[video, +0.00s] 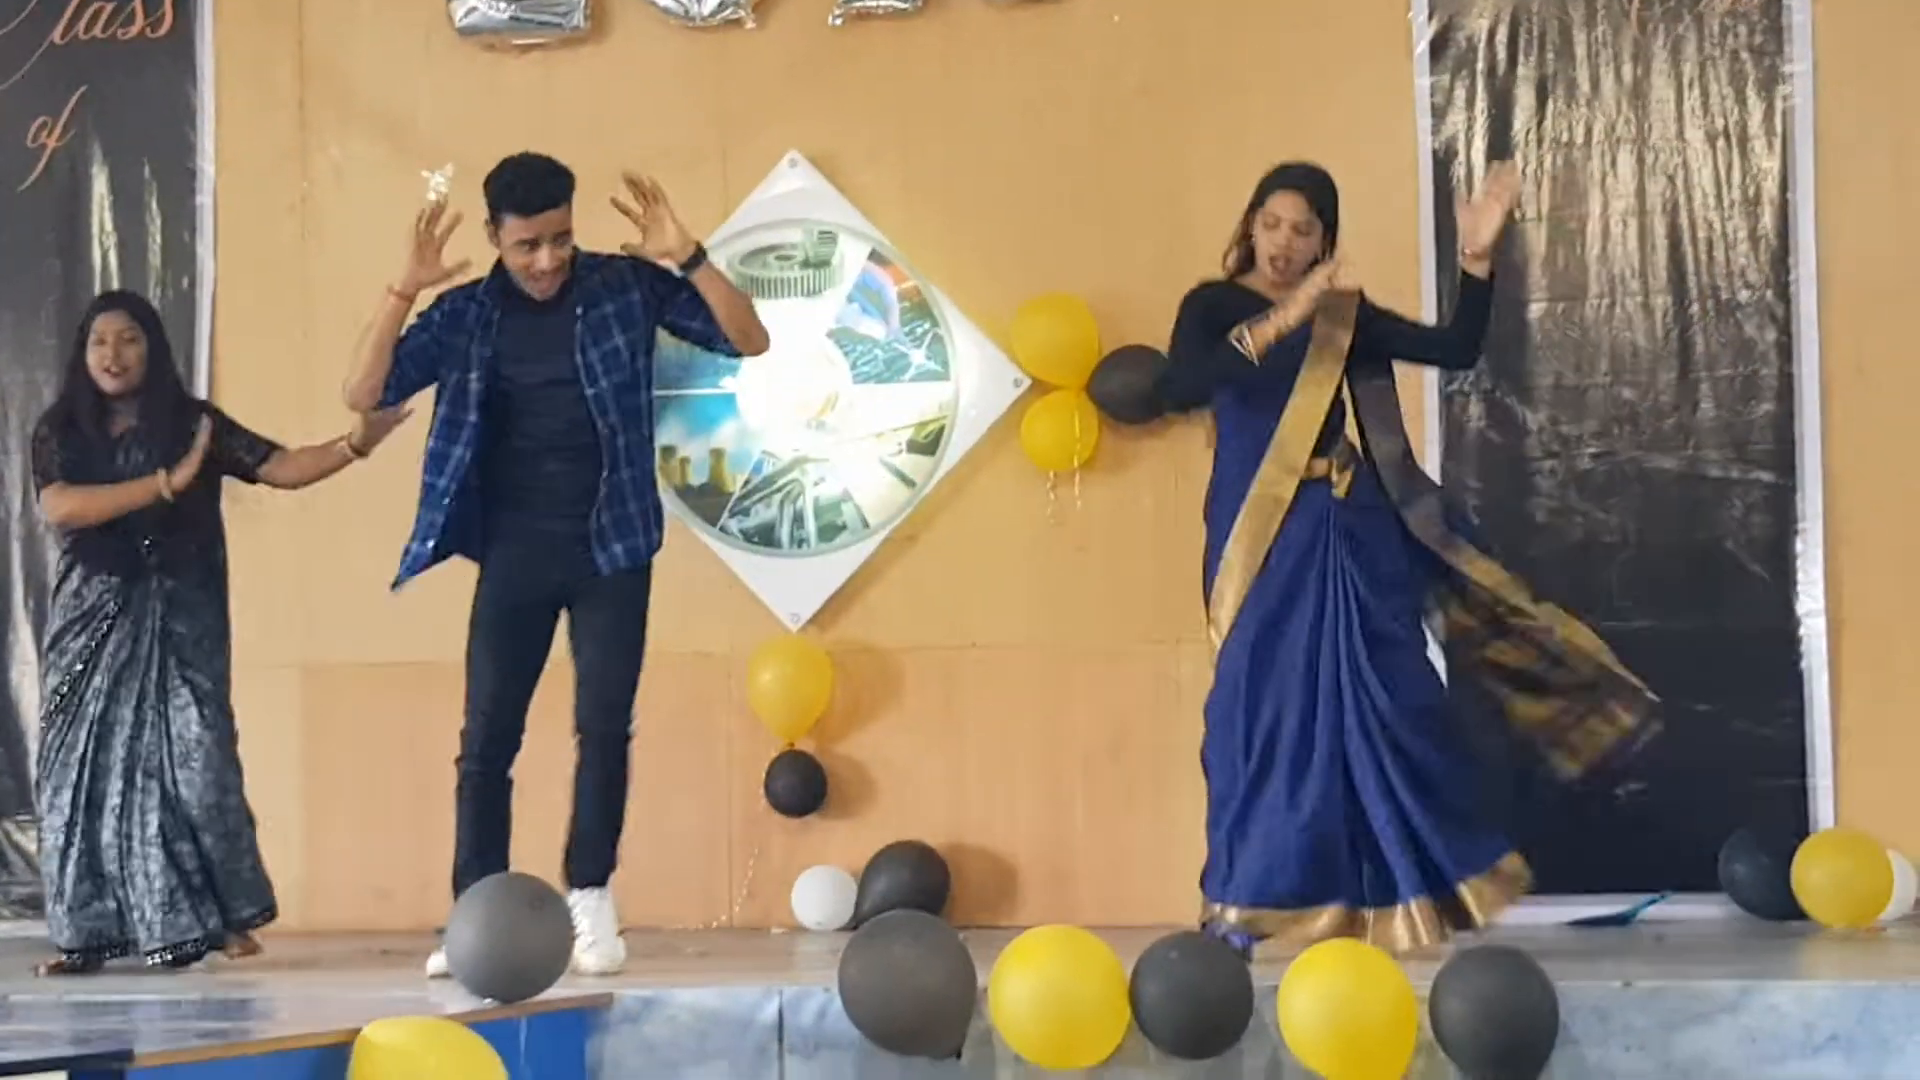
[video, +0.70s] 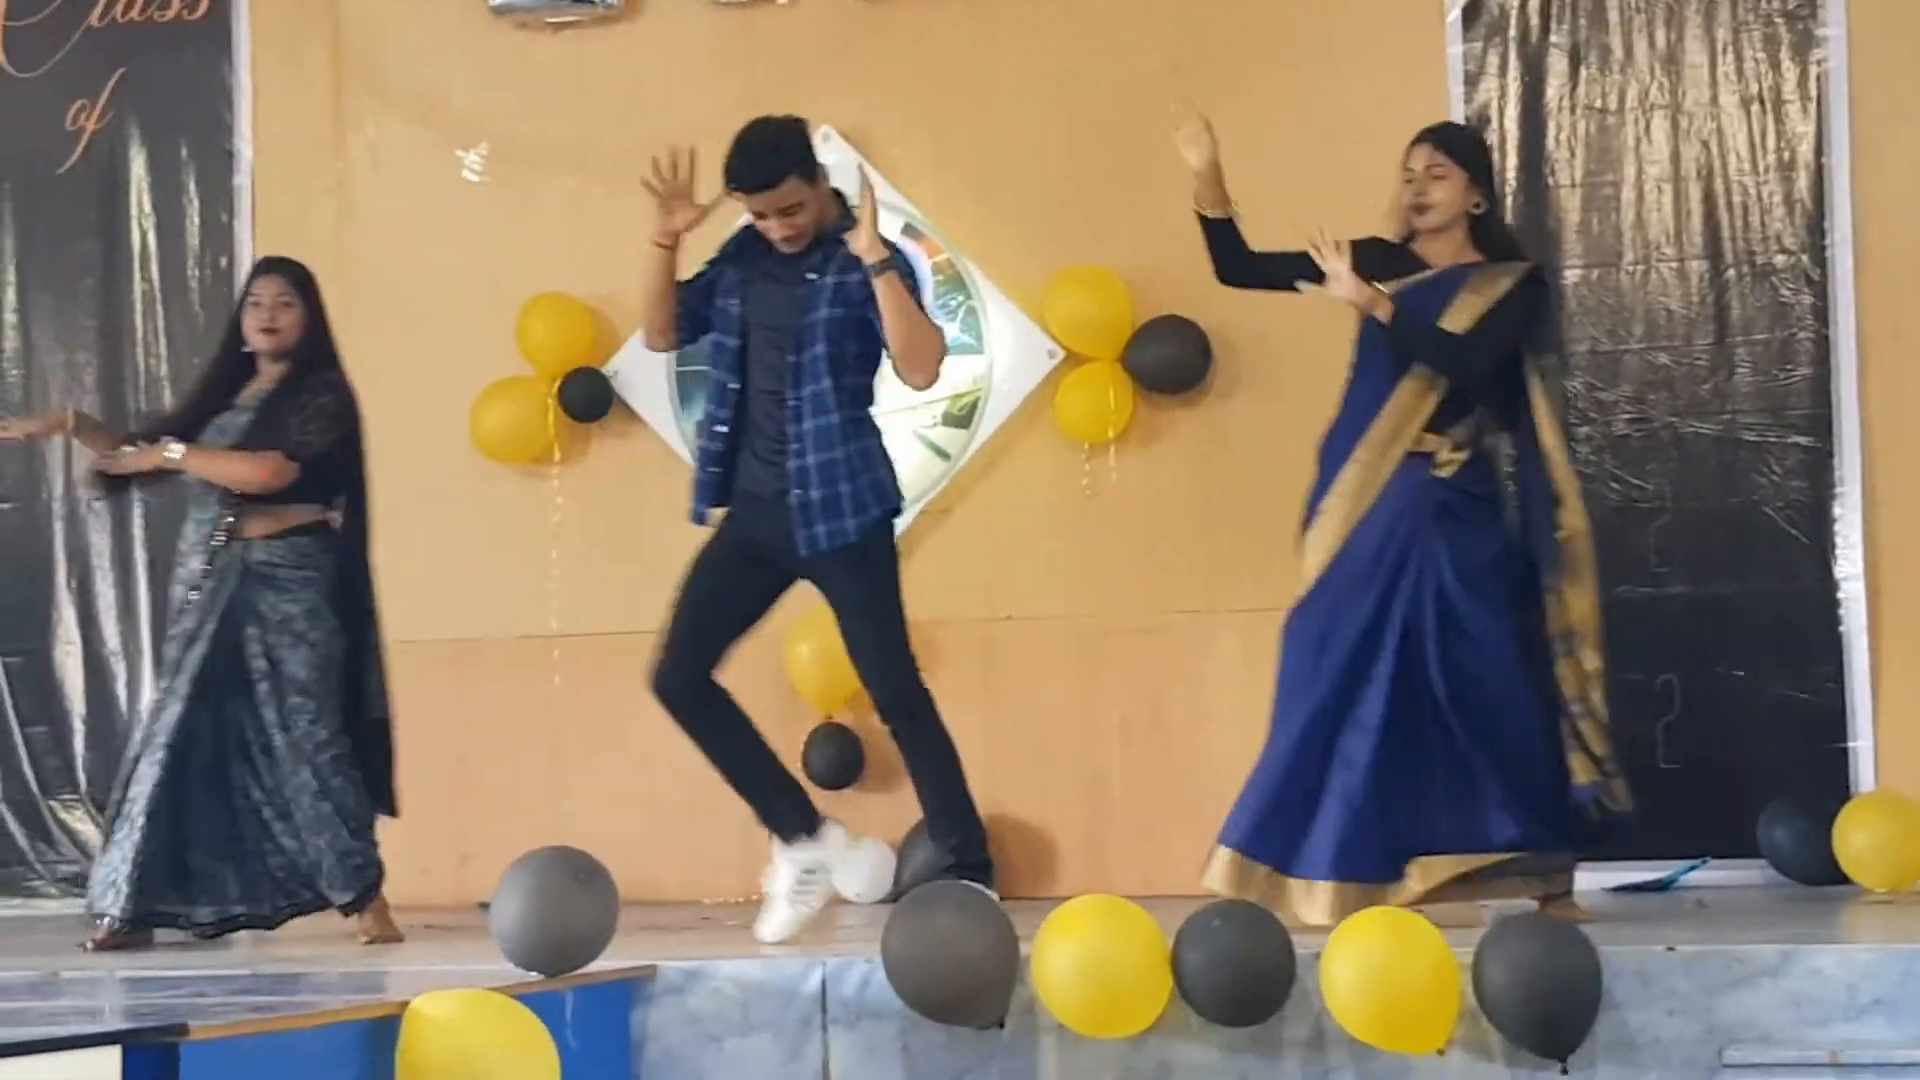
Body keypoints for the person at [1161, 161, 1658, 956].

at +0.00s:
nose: (1284, 240)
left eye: (1302, 231)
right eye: (1272, 223)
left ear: (1325, 243)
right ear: (1250, 227)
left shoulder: (1350, 317)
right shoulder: (1215, 305)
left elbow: (1458, 347)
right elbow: (1182, 384)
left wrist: (1478, 257)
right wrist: (1287, 314)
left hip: (1362, 534)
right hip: (1265, 541)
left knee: (1390, 705)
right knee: (1271, 711)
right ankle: (1251, 908)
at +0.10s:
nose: (1274, 223)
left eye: (1291, 211)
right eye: (1262, 208)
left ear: (1316, 223)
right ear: (1241, 214)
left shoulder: (1347, 293)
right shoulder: (1211, 288)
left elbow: (1438, 368)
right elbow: (1139, 385)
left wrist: (1438, 284)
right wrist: (1237, 324)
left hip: (1345, 513)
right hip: (1250, 514)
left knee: (1349, 692)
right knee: (1255, 691)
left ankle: (1352, 896)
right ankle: (1251, 893)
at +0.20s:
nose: (1272, 238)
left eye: (1291, 226)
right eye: (1261, 221)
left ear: (1318, 238)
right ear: (1241, 224)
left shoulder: (1351, 308)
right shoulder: (1208, 306)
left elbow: (1380, 442)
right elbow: (1154, 412)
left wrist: (1384, 368)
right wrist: (1211, 354)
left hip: (1330, 514)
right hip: (1235, 513)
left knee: (1314, 697)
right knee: (1236, 696)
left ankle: (1325, 898)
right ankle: (1241, 895)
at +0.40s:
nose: (1322, 247)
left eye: (1342, 236)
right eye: (1312, 234)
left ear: (1372, 250)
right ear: (1296, 241)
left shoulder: (1385, 341)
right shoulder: (1248, 305)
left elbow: (1367, 449)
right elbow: (1133, 364)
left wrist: (1345, 366)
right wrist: (1179, 271)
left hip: (1347, 537)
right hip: (1250, 533)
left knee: (1362, 704)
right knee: (1237, 703)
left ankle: (1285, 895)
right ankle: (1203, 897)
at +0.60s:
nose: (1378, 196)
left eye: (1397, 183)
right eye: (1370, 182)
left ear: (1435, 199)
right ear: (1359, 193)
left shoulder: (1464, 290)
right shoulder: (1336, 265)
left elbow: (1421, 363)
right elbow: (1200, 265)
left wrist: (1340, 293)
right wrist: (1188, 173)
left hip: (1410, 495)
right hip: (1316, 486)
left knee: (1448, 680)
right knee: (1302, 667)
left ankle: (1531, 872)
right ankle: (1260, 859)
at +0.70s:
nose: (1418, 188)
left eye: (1436, 175)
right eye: (1409, 176)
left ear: (1476, 190)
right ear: (1400, 192)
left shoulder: (1512, 282)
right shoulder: (1381, 266)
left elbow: (1470, 365)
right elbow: (1239, 270)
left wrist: (1374, 304)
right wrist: (1208, 181)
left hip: (1459, 498)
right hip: (1364, 495)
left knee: (1497, 676)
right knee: (1348, 673)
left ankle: (1552, 886)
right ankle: (1356, 887)